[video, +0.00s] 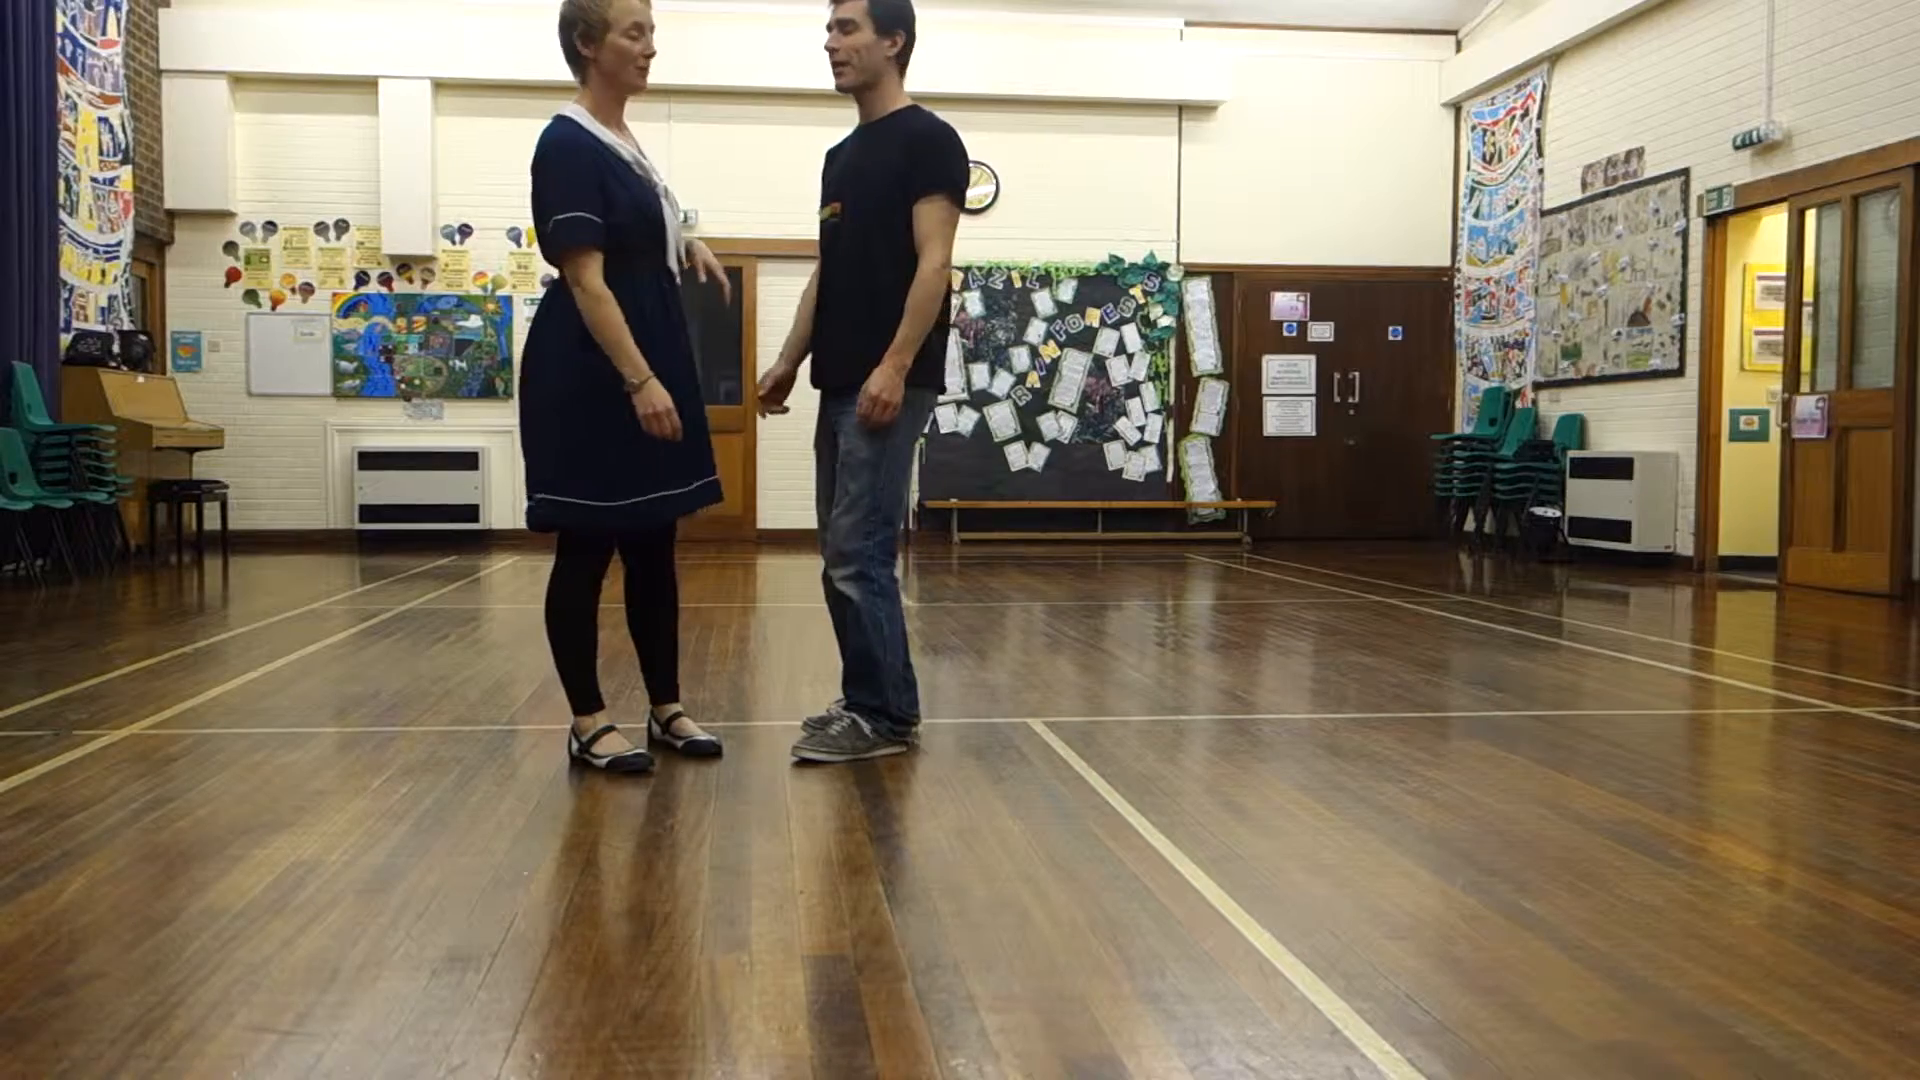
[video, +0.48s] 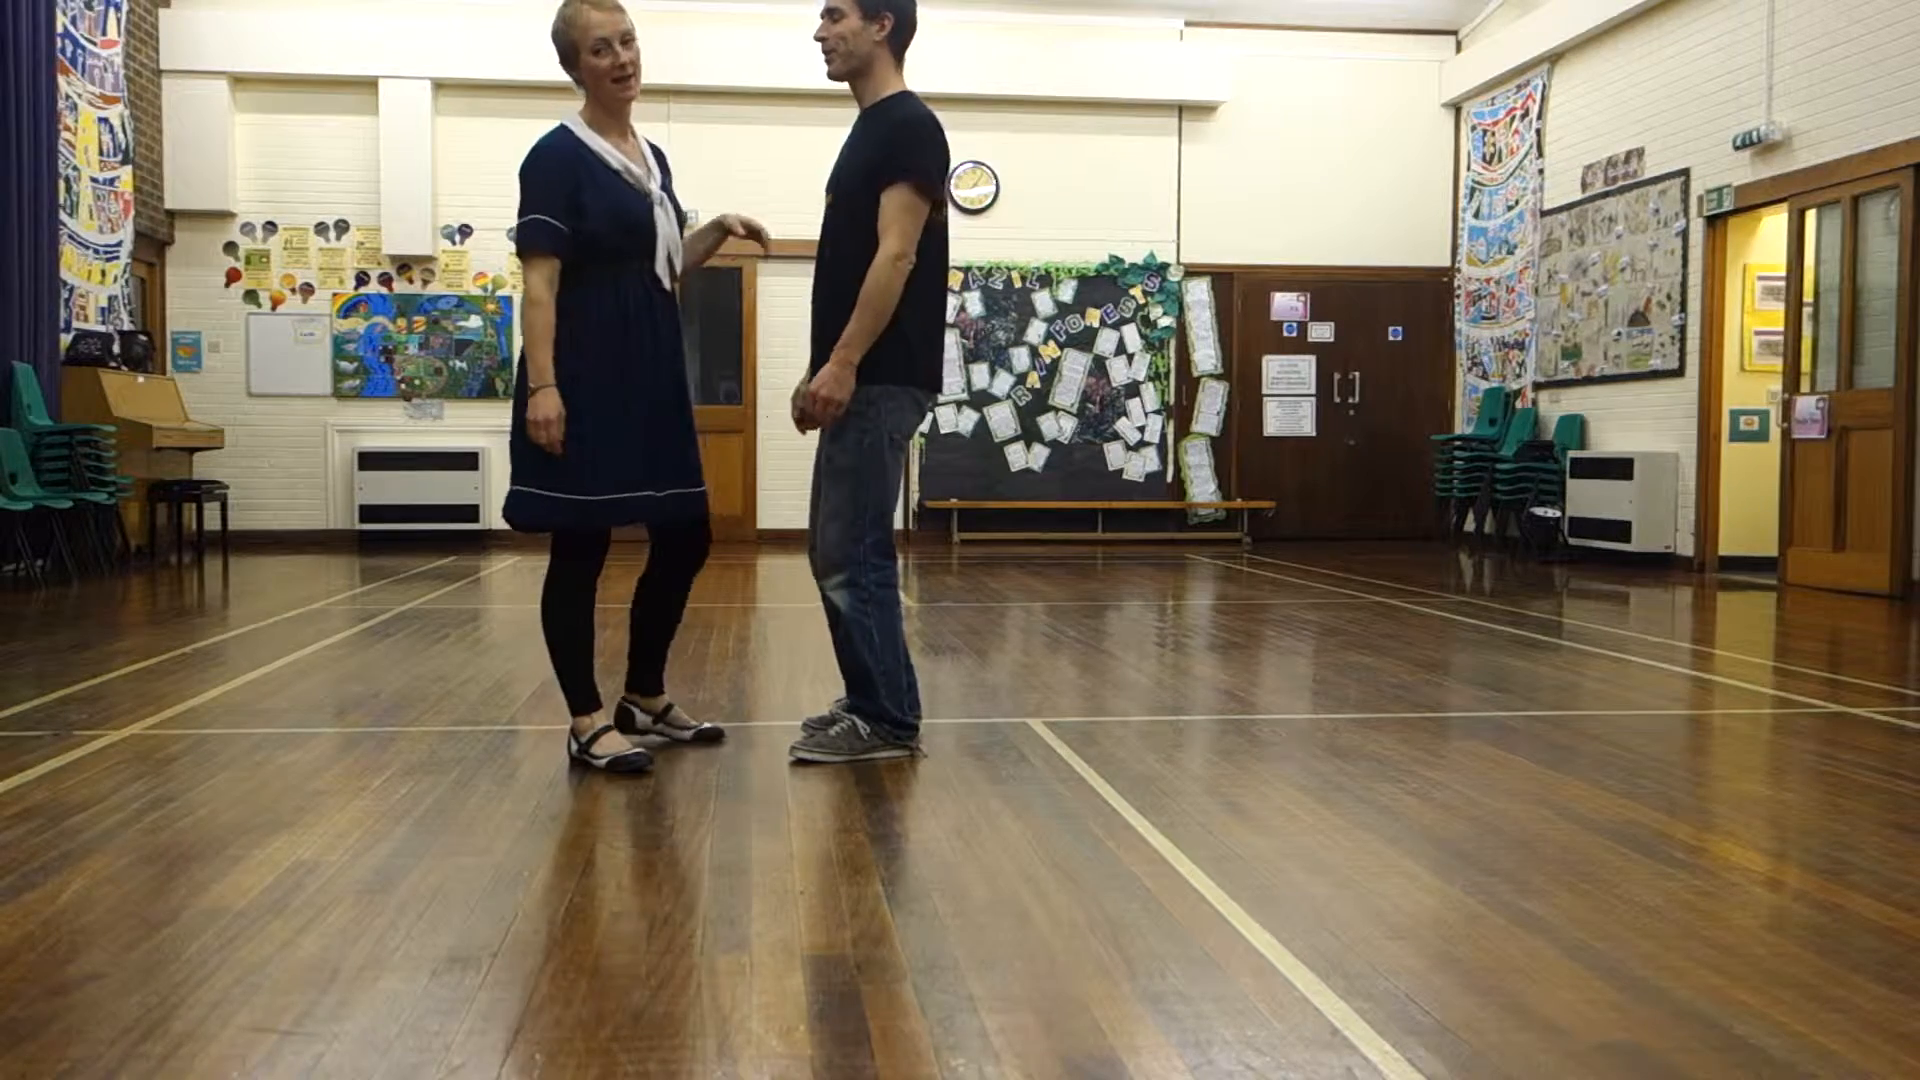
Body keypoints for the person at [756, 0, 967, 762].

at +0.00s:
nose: (831, 42)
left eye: (848, 28)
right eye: (830, 29)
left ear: (895, 44)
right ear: (836, 44)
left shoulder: (929, 138)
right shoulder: (841, 156)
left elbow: (935, 265)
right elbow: (827, 271)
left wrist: (896, 366)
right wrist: (788, 361)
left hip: (890, 381)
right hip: (841, 380)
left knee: (859, 555)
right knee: (844, 555)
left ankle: (885, 714)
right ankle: (871, 704)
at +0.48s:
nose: (822, 31)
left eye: (838, 16)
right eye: (823, 18)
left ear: (884, 28)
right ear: (866, 33)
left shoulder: (907, 123)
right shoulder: (873, 127)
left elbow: (897, 255)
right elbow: (854, 261)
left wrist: (842, 363)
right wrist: (821, 374)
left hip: (884, 376)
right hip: (862, 375)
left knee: (850, 553)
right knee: (841, 550)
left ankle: (886, 717)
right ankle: (871, 706)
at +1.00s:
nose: (812, 31)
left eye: (825, 14)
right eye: (815, 16)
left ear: (866, 22)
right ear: (868, 27)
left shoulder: (889, 113)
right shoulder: (881, 115)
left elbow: (880, 250)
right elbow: (880, 252)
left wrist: (828, 359)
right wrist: (829, 360)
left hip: (875, 371)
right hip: (867, 371)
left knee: (853, 550)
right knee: (839, 547)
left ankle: (885, 721)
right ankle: (866, 707)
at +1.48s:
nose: (815, 32)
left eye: (825, 16)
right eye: (819, 16)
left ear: (861, 21)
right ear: (870, 26)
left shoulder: (878, 112)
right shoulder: (907, 113)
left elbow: (856, 250)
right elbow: (884, 252)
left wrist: (785, 347)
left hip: (874, 371)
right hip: (891, 367)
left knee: (855, 554)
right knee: (856, 549)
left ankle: (884, 721)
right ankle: (869, 708)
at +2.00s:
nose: (818, 33)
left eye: (828, 18)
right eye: (821, 18)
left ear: (864, 21)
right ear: (873, 26)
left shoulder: (882, 108)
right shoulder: (908, 111)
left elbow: (867, 245)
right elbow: (879, 249)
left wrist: (778, 321)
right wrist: (785, 317)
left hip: (882, 369)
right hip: (894, 365)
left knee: (856, 552)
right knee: (858, 547)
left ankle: (883, 721)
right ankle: (868, 708)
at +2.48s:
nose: (835, 33)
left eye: (851, 18)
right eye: (839, 20)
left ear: (899, 29)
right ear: (893, 34)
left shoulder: (906, 114)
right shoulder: (901, 116)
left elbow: (863, 240)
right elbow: (865, 249)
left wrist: (757, 288)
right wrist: (773, 262)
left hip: (893, 371)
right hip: (894, 369)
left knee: (856, 555)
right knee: (874, 550)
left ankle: (881, 718)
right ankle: (914, 713)